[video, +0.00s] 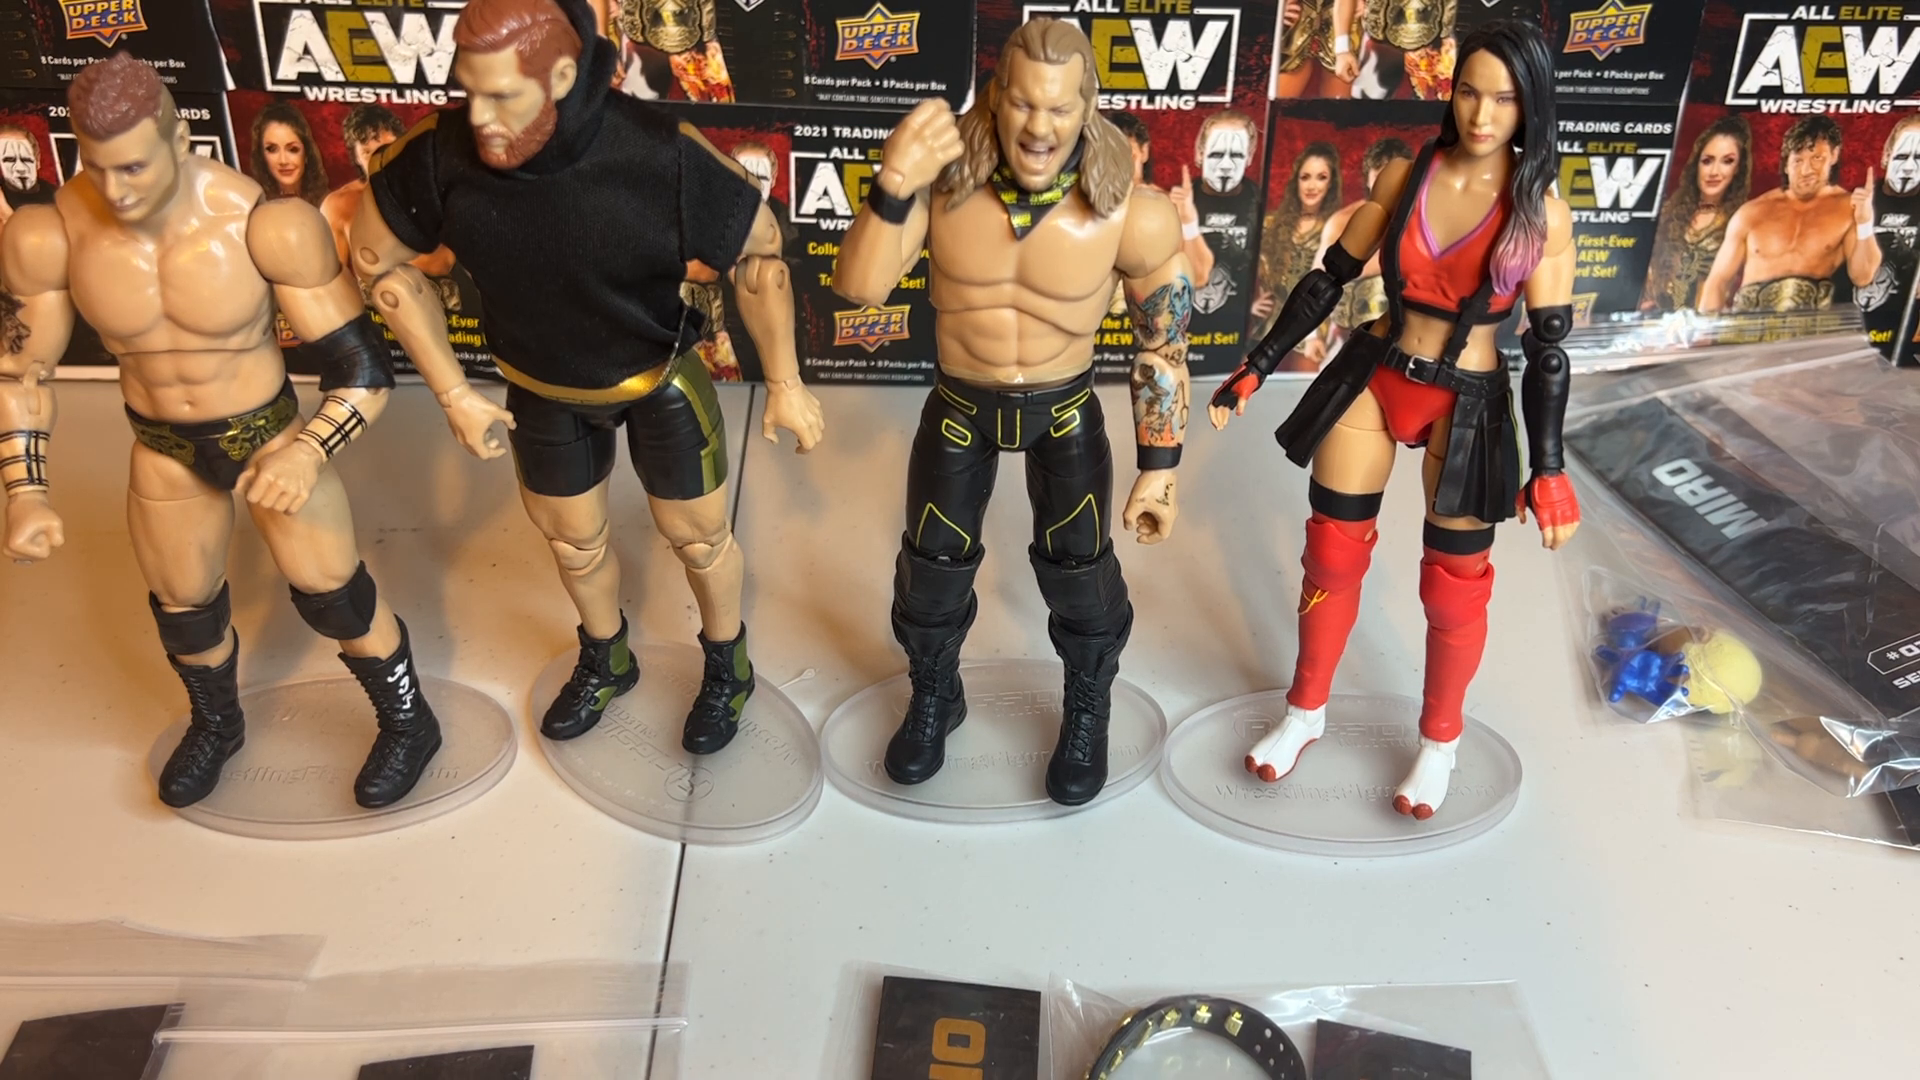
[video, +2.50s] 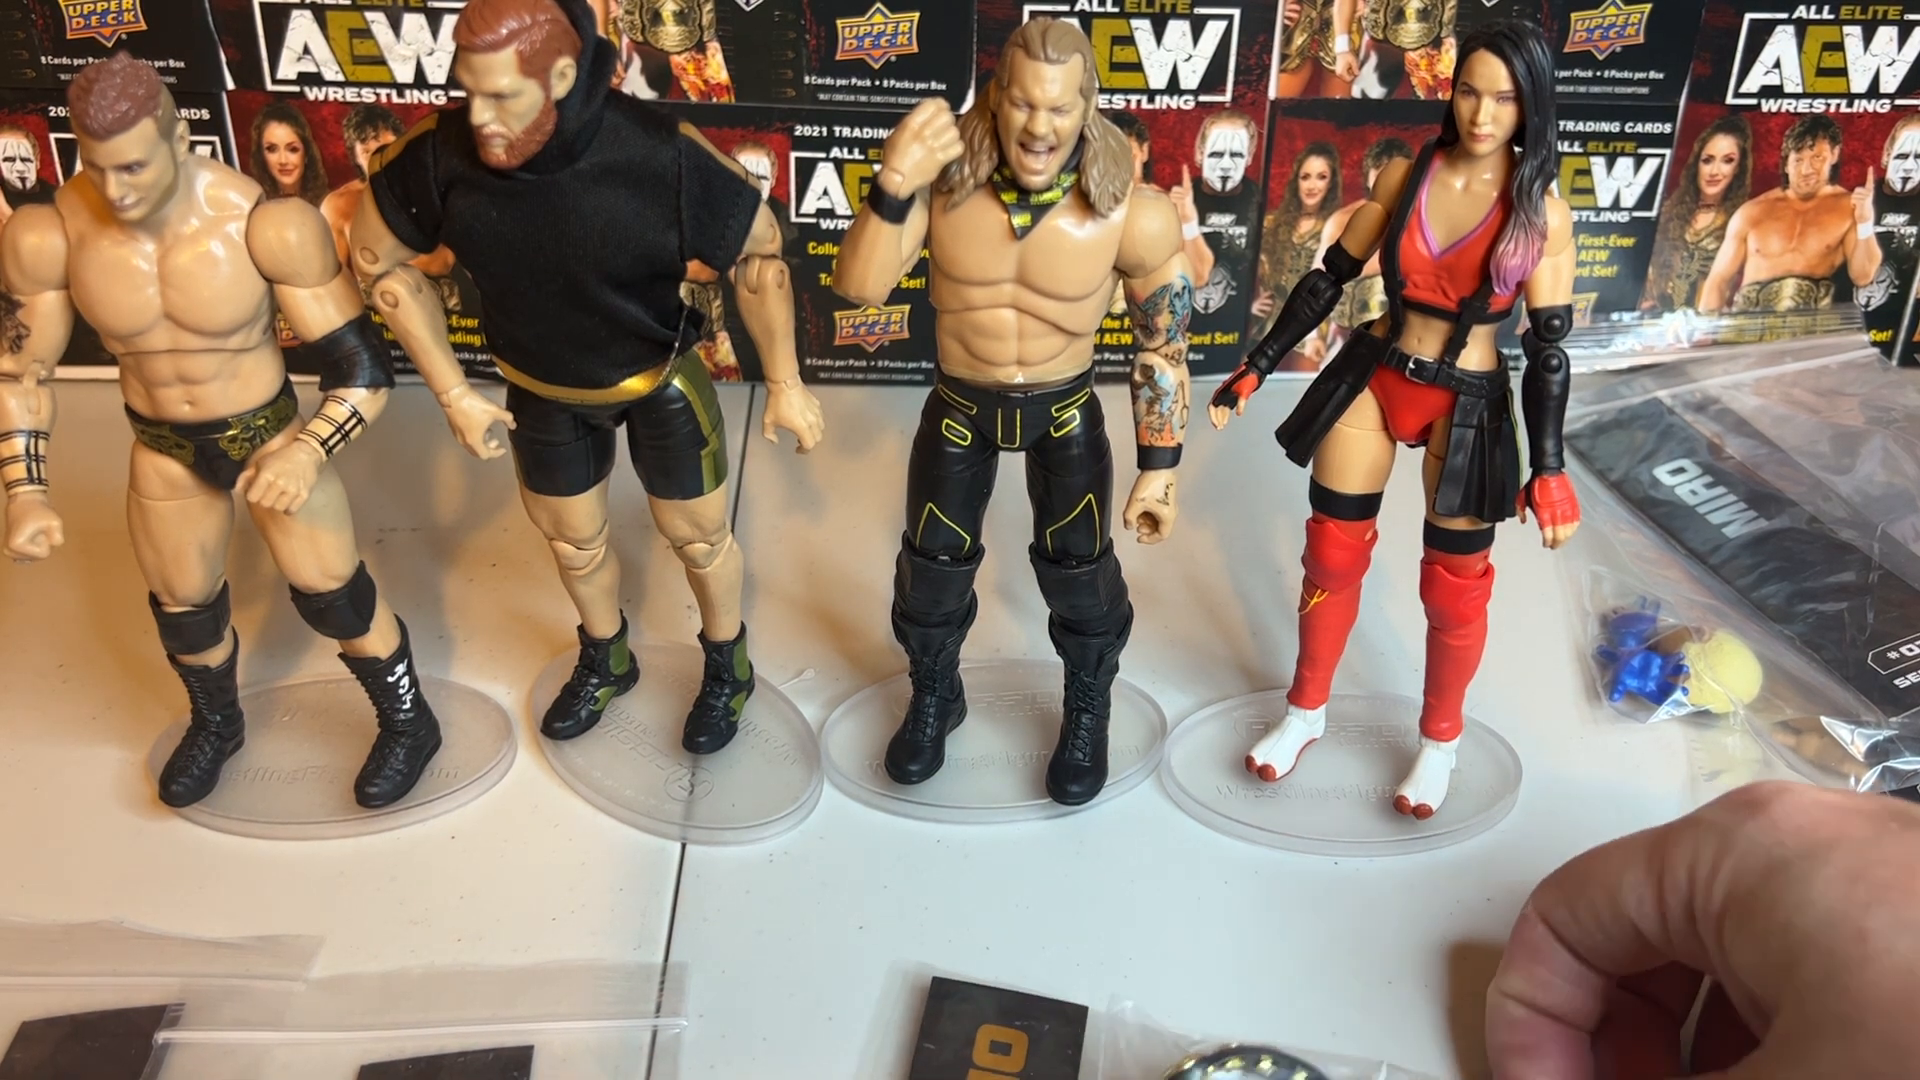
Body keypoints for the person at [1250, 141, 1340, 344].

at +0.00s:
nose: (1312, 186)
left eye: (1321, 178)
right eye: (1305, 177)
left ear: (1332, 183)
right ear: (1295, 181)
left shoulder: (1338, 230)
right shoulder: (1270, 225)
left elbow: (1335, 286)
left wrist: (1319, 335)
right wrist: (1252, 302)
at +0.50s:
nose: (1312, 186)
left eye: (1321, 178)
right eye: (1305, 177)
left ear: (1332, 183)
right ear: (1295, 181)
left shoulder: (1338, 230)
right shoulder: (1270, 225)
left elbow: (1338, 288)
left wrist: (1321, 336)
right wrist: (1252, 302)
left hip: (1312, 335)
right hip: (1268, 330)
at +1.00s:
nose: (1312, 186)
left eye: (1321, 178)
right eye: (1305, 177)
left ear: (1332, 183)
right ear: (1295, 181)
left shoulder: (1339, 231)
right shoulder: (1270, 225)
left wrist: (1320, 336)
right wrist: (1251, 302)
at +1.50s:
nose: (1312, 185)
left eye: (1321, 177)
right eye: (1305, 177)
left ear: (1332, 183)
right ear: (1295, 181)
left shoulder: (1338, 229)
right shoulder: (1271, 225)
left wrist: (1322, 336)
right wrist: (1254, 303)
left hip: (1313, 335)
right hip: (1269, 329)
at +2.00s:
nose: (1312, 186)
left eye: (1321, 178)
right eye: (1305, 177)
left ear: (1332, 183)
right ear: (1296, 181)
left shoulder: (1338, 229)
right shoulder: (1271, 225)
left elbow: (1336, 285)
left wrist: (1320, 336)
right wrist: (1252, 302)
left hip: (1311, 334)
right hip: (1269, 329)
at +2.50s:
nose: (1312, 185)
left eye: (1322, 177)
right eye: (1305, 177)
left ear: (1332, 182)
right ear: (1295, 181)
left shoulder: (1337, 229)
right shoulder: (1271, 224)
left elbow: (1334, 284)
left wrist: (1321, 335)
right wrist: (1253, 302)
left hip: (1312, 332)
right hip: (1269, 327)